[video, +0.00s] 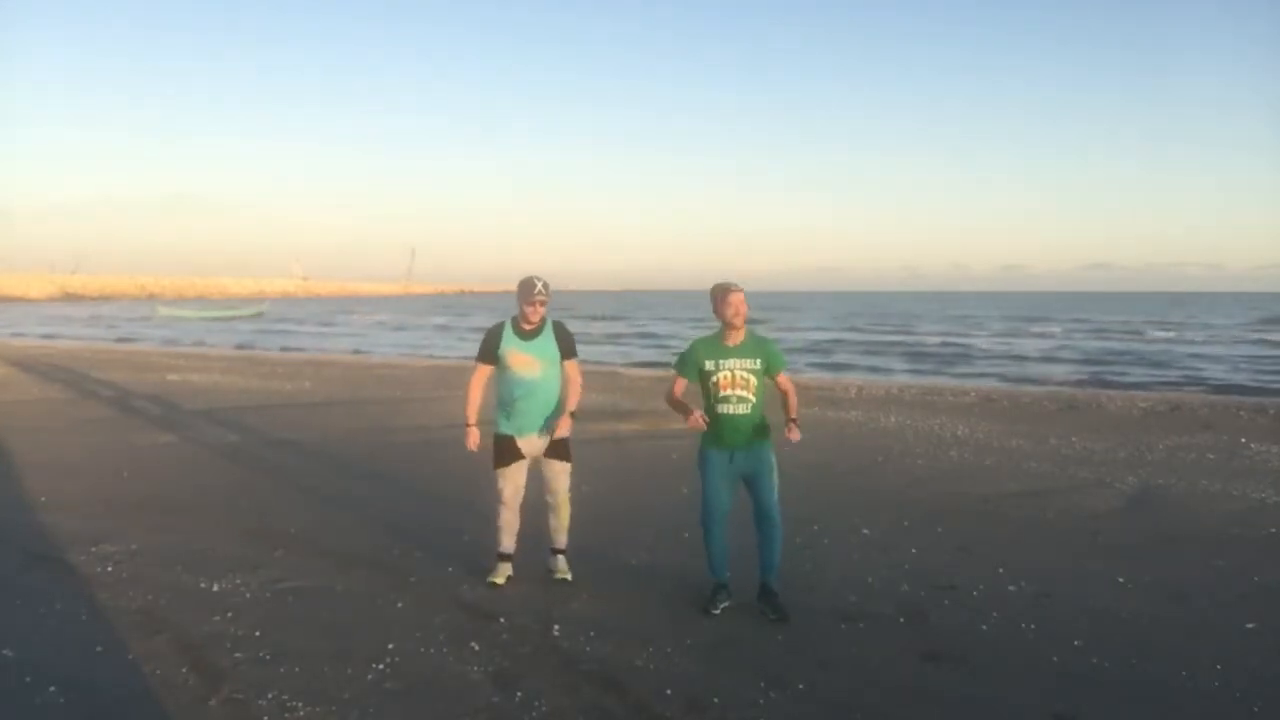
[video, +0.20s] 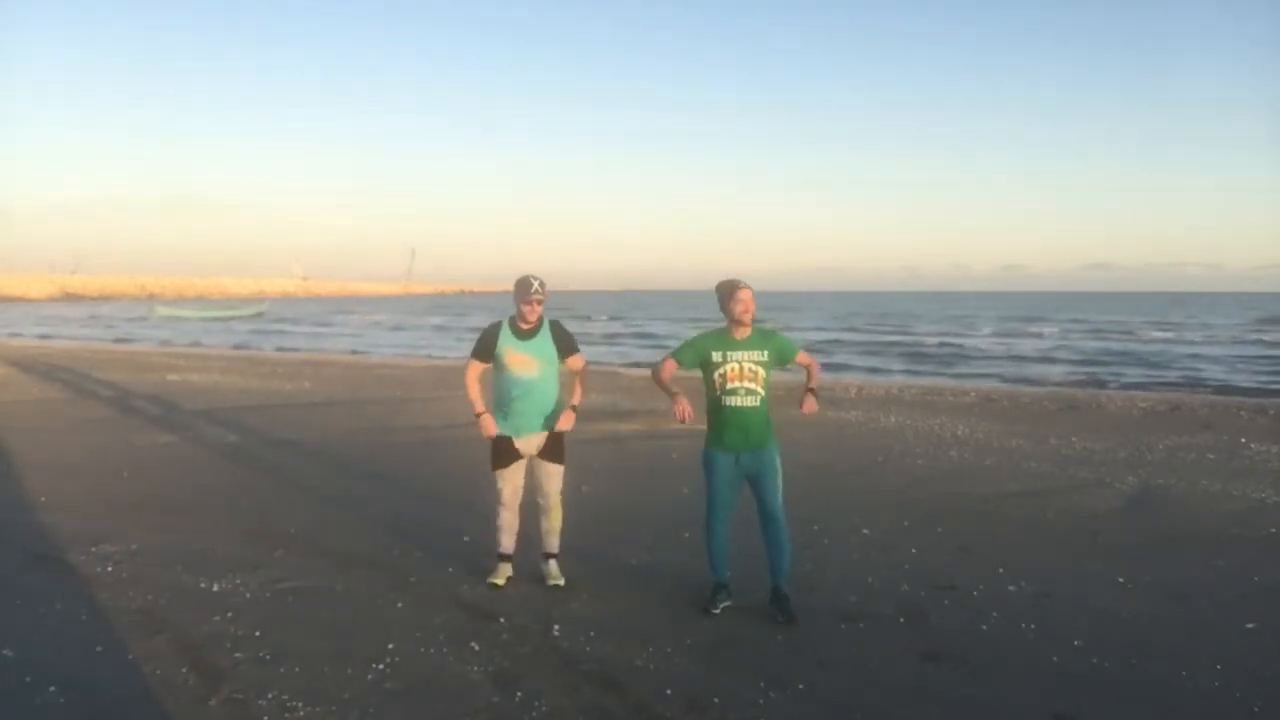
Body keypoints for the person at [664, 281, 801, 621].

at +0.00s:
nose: (737, 310)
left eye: (740, 303)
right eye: (729, 304)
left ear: (747, 307)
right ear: (716, 310)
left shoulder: (764, 349)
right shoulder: (699, 351)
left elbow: (787, 388)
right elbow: (673, 394)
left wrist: (792, 419)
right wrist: (688, 411)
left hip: (757, 446)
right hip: (717, 447)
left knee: (770, 515)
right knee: (714, 516)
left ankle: (768, 589)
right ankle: (720, 586)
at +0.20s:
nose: (746, 307)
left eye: (749, 301)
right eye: (739, 302)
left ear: (754, 305)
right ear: (724, 307)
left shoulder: (770, 342)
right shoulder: (706, 344)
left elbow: (811, 363)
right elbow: (661, 370)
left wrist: (810, 391)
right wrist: (675, 395)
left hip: (761, 445)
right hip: (721, 447)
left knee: (774, 515)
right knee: (718, 518)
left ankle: (780, 590)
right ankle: (721, 586)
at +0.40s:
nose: (750, 314)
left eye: (754, 308)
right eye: (743, 308)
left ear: (761, 309)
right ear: (732, 310)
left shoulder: (781, 345)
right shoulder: (715, 348)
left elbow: (798, 379)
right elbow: (687, 390)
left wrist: (796, 406)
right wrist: (700, 416)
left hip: (772, 446)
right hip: (731, 447)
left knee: (779, 518)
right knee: (724, 518)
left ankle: (781, 593)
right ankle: (721, 588)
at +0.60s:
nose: (748, 329)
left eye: (755, 323)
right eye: (743, 323)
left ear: (766, 325)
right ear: (736, 325)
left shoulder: (786, 363)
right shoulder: (720, 364)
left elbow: (800, 412)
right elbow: (707, 409)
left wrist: (789, 427)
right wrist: (711, 429)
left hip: (773, 456)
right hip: (732, 456)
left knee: (787, 531)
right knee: (727, 528)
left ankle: (781, 596)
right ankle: (732, 595)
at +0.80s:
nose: (736, 334)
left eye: (742, 328)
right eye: (731, 328)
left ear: (754, 329)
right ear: (724, 331)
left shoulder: (775, 369)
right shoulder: (709, 369)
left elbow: (797, 423)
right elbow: (684, 409)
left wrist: (783, 415)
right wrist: (672, 411)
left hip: (761, 469)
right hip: (718, 466)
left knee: (778, 540)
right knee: (685, 531)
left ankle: (781, 599)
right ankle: (658, 607)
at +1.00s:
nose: (711, 334)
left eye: (718, 326)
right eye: (705, 326)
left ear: (730, 327)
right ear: (697, 327)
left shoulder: (748, 366)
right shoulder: (679, 360)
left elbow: (766, 413)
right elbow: (650, 392)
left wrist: (760, 427)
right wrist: (639, 411)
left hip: (730, 475)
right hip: (684, 471)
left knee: (758, 540)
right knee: (652, 543)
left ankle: (780, 598)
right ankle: (629, 620)